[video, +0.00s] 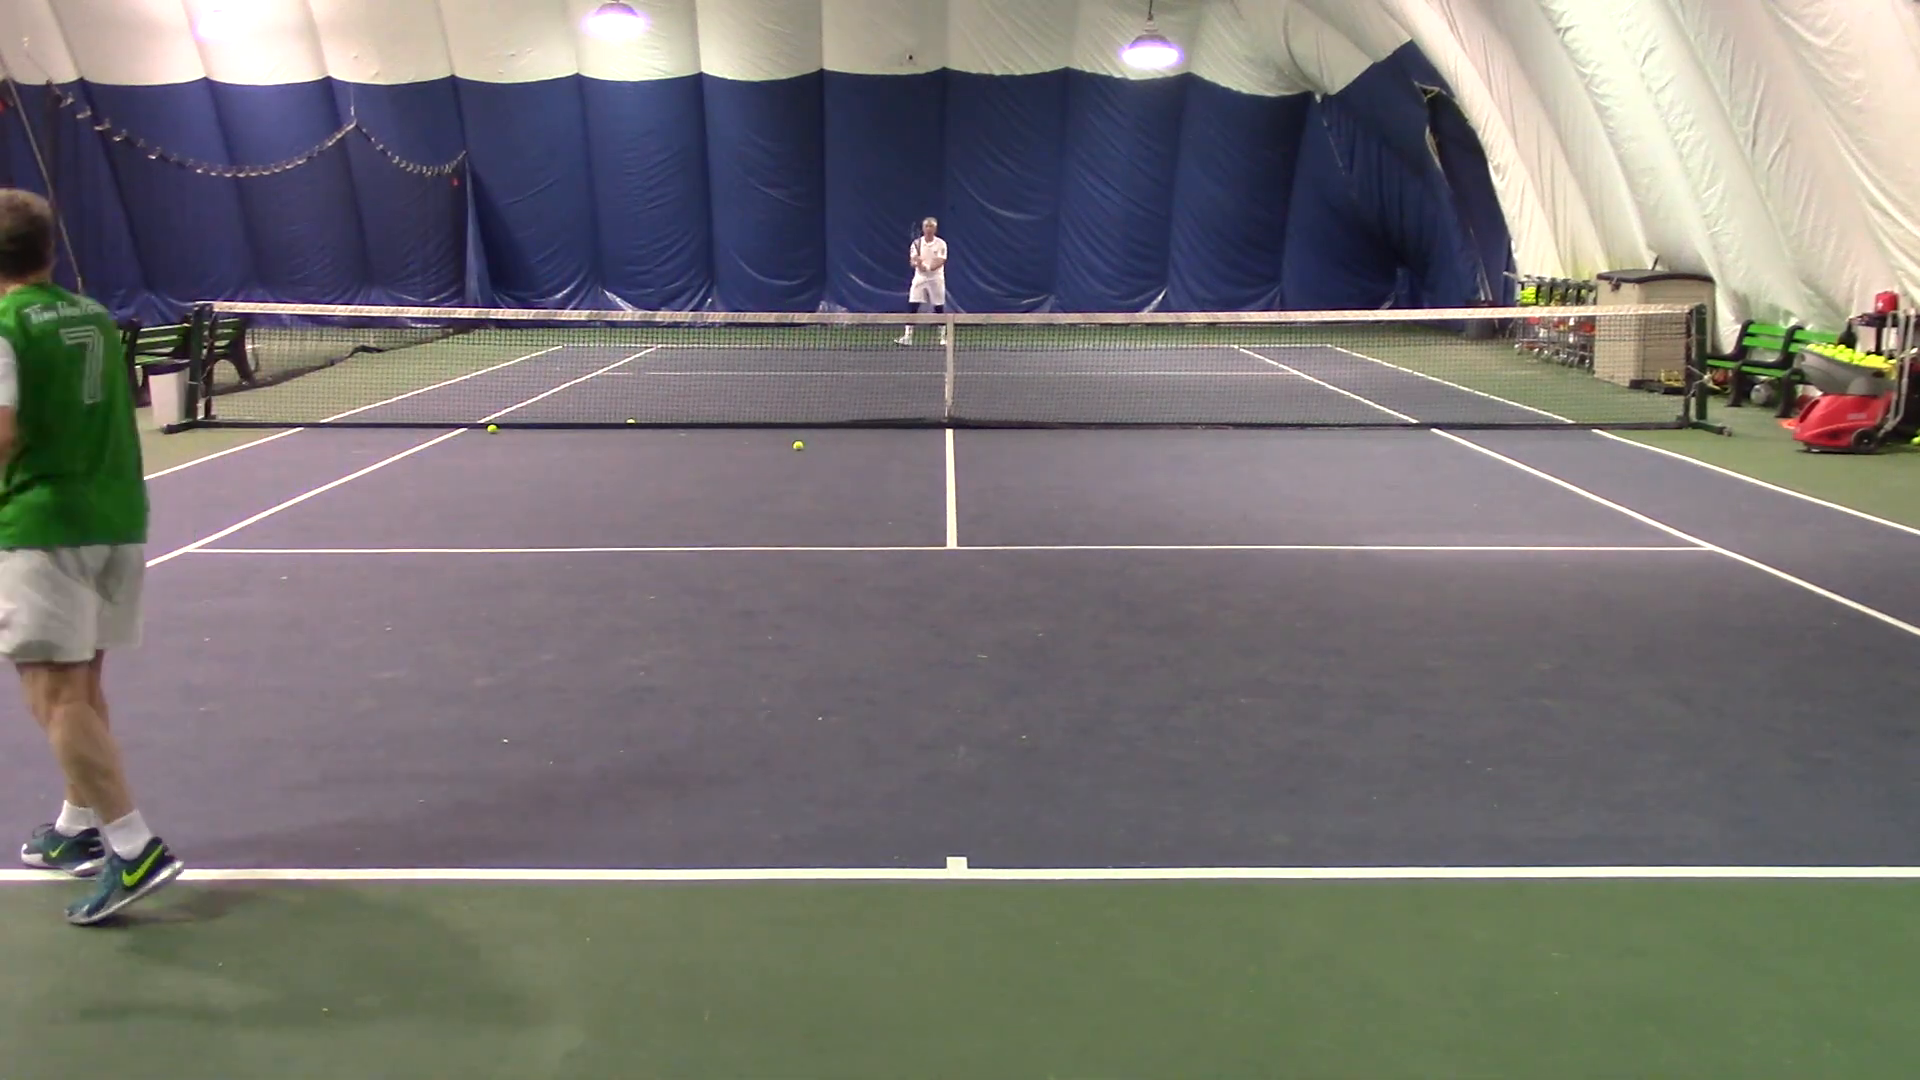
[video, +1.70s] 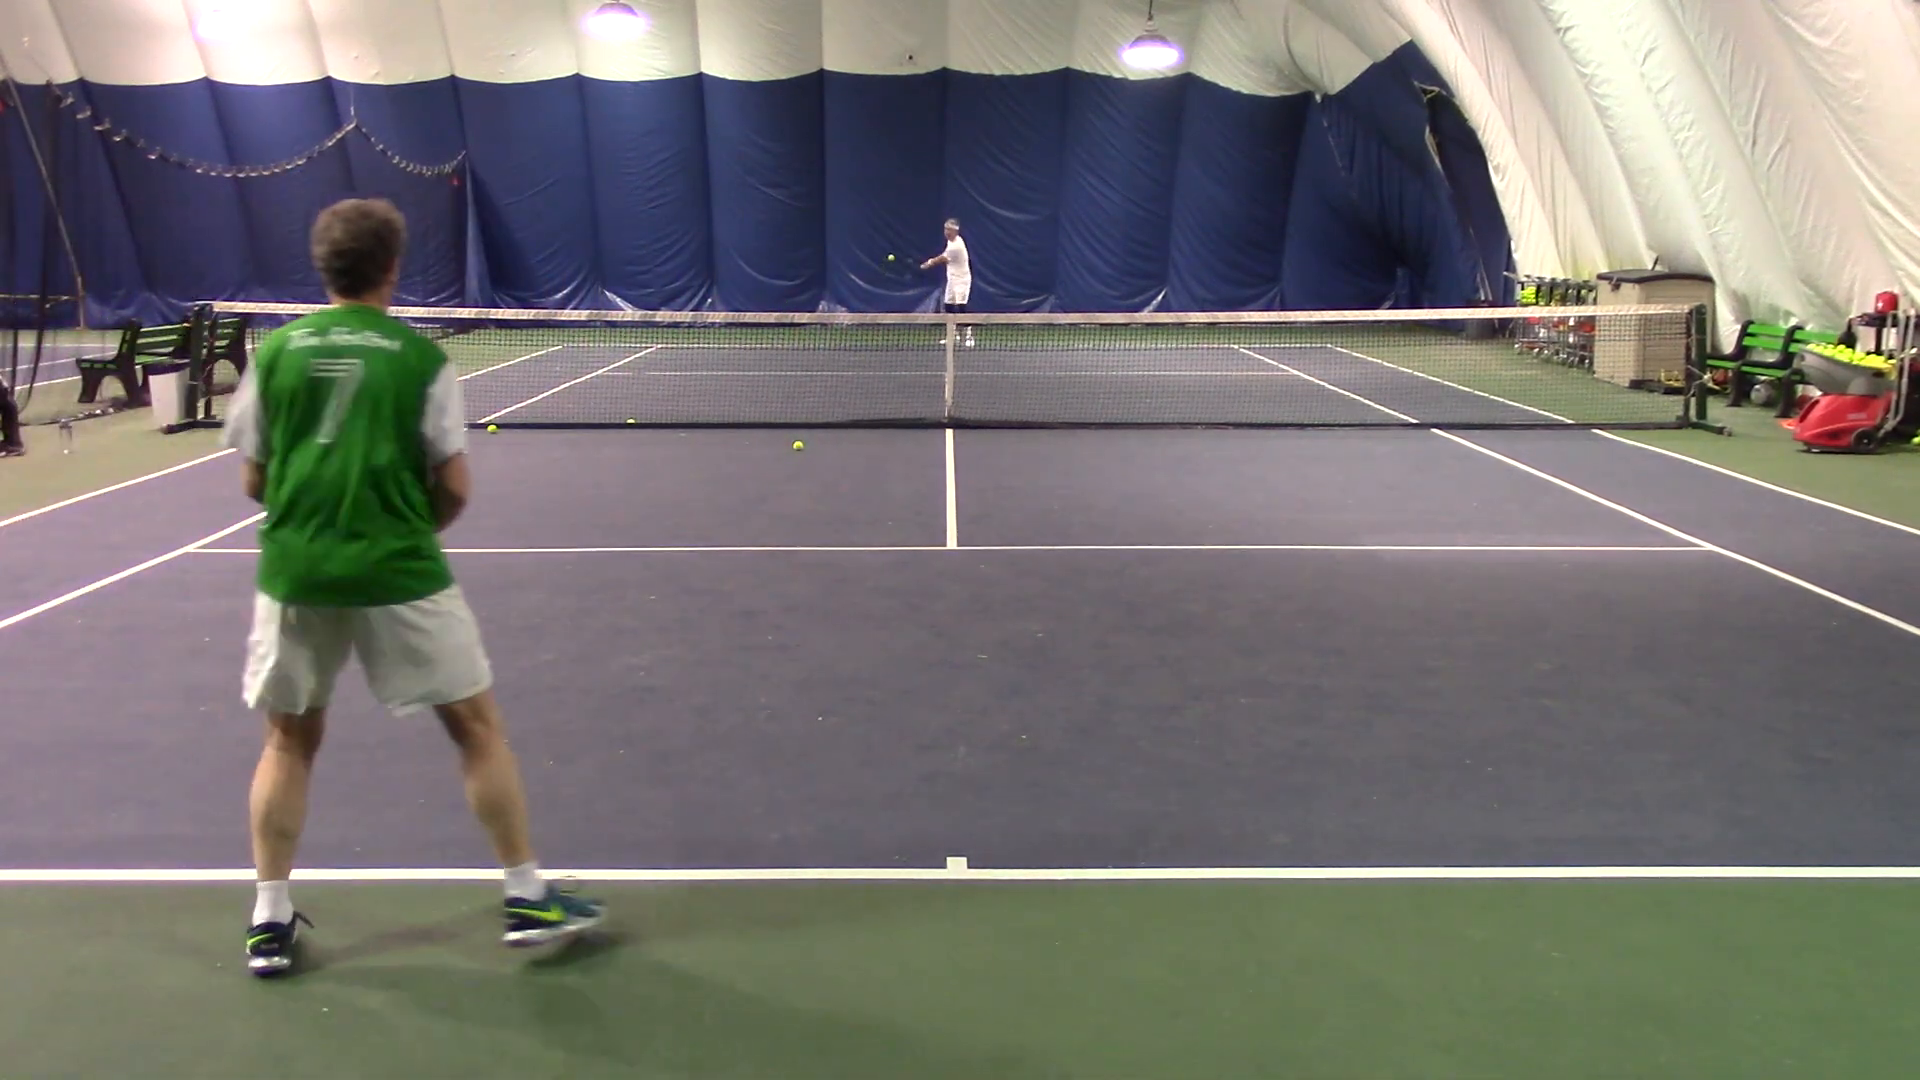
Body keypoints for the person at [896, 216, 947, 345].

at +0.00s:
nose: (928, 229)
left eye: (931, 226)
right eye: (926, 226)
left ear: (935, 229)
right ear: (923, 228)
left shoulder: (941, 244)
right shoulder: (916, 243)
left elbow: (942, 259)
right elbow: (913, 259)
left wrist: (931, 267)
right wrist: (919, 263)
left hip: (936, 279)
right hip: (919, 278)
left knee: (939, 307)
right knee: (912, 305)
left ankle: (942, 335)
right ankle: (908, 335)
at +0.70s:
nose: (932, 229)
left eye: (935, 226)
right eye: (930, 226)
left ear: (939, 228)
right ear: (927, 227)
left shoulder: (946, 243)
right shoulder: (921, 243)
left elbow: (949, 261)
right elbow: (918, 259)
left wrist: (938, 268)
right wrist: (924, 266)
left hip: (941, 278)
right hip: (927, 277)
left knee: (940, 305)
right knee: (925, 305)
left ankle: (943, 334)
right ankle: (925, 333)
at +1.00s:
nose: (937, 229)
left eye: (940, 226)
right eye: (935, 226)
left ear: (944, 227)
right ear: (932, 227)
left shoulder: (950, 242)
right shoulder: (928, 242)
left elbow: (951, 260)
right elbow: (926, 257)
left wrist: (939, 266)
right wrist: (928, 264)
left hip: (947, 276)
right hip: (935, 275)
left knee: (945, 305)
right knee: (933, 304)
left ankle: (948, 333)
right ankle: (943, 330)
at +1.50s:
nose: (944, 232)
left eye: (947, 229)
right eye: (942, 229)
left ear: (952, 229)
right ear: (940, 229)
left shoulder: (951, 243)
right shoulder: (946, 242)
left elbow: (937, 255)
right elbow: (937, 253)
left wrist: (923, 259)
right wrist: (922, 256)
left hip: (956, 276)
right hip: (950, 276)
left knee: (953, 304)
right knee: (947, 305)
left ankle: (963, 334)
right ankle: (952, 334)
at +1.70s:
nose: (947, 232)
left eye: (950, 230)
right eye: (946, 229)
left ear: (956, 231)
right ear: (945, 229)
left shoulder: (956, 246)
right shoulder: (950, 242)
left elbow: (942, 258)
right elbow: (944, 256)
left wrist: (930, 263)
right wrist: (932, 261)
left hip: (961, 280)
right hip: (952, 279)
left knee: (960, 307)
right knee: (949, 306)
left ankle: (968, 336)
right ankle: (953, 334)